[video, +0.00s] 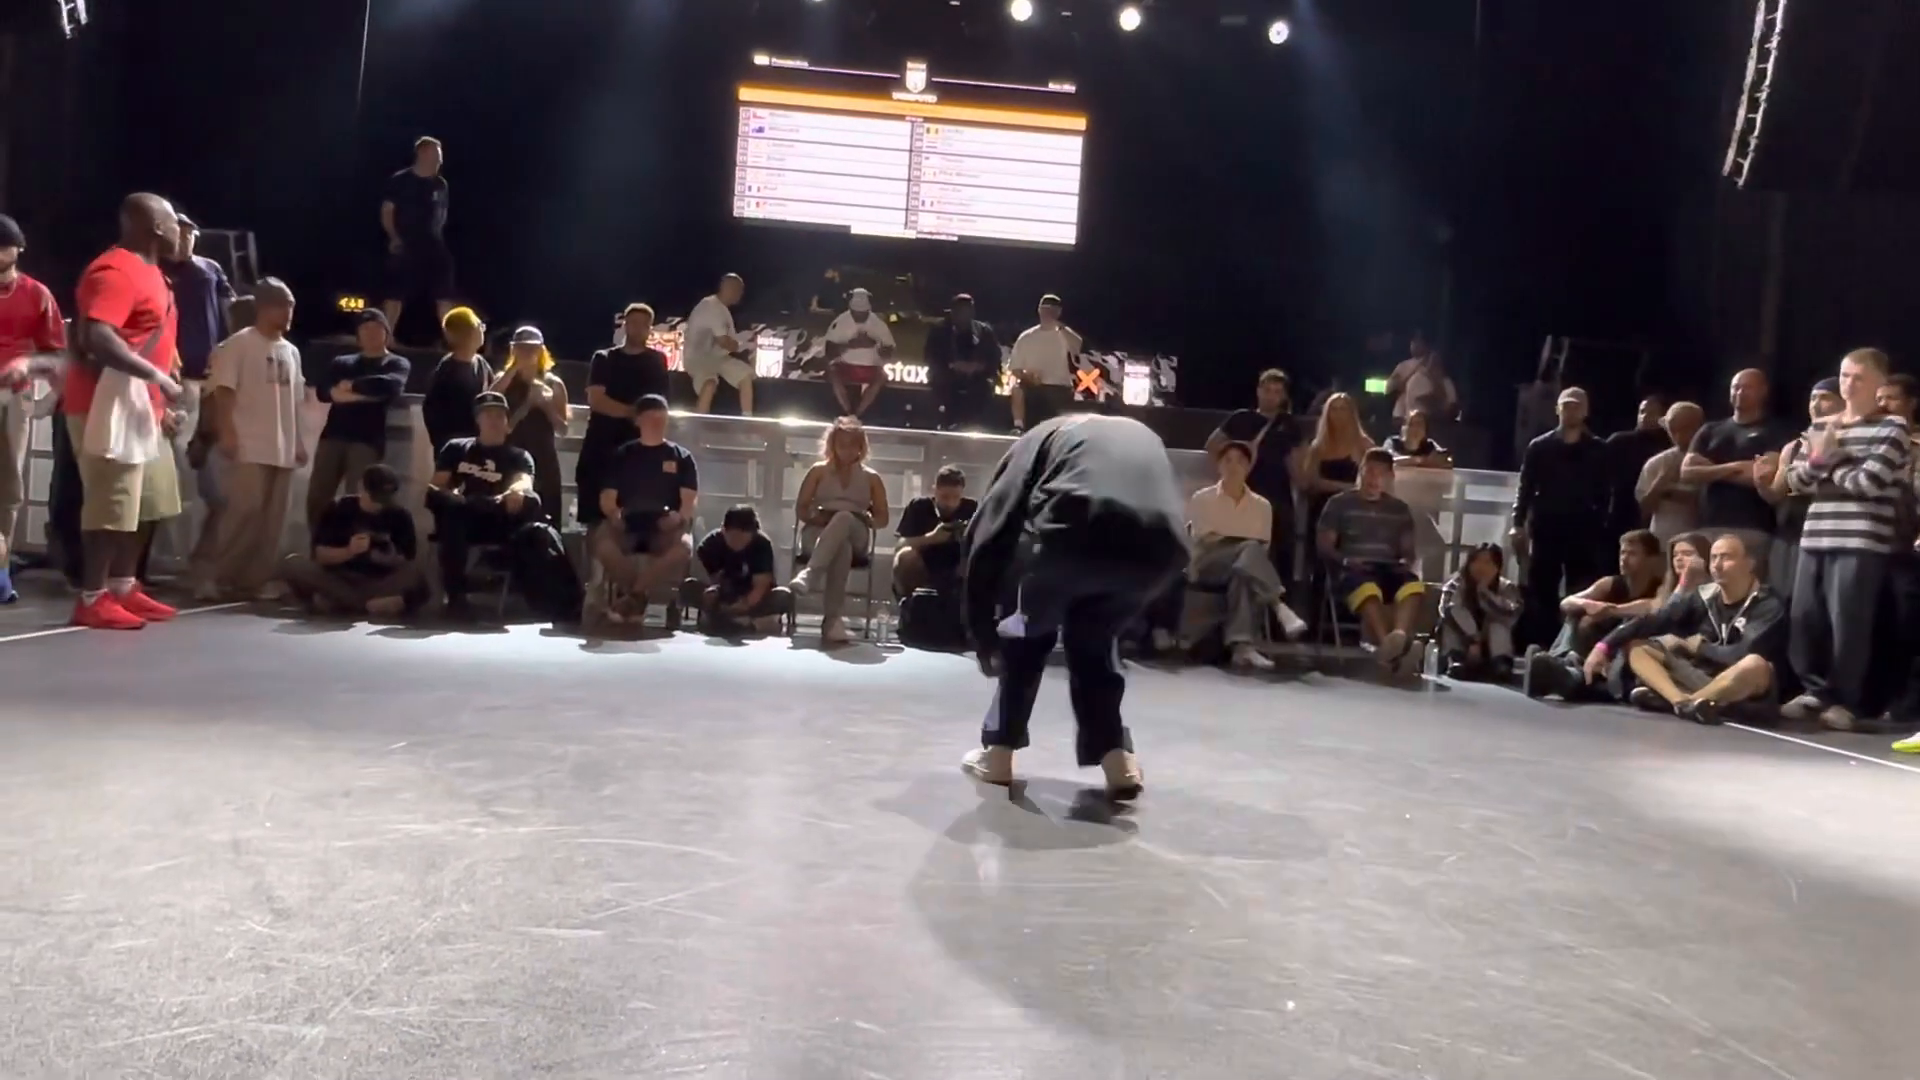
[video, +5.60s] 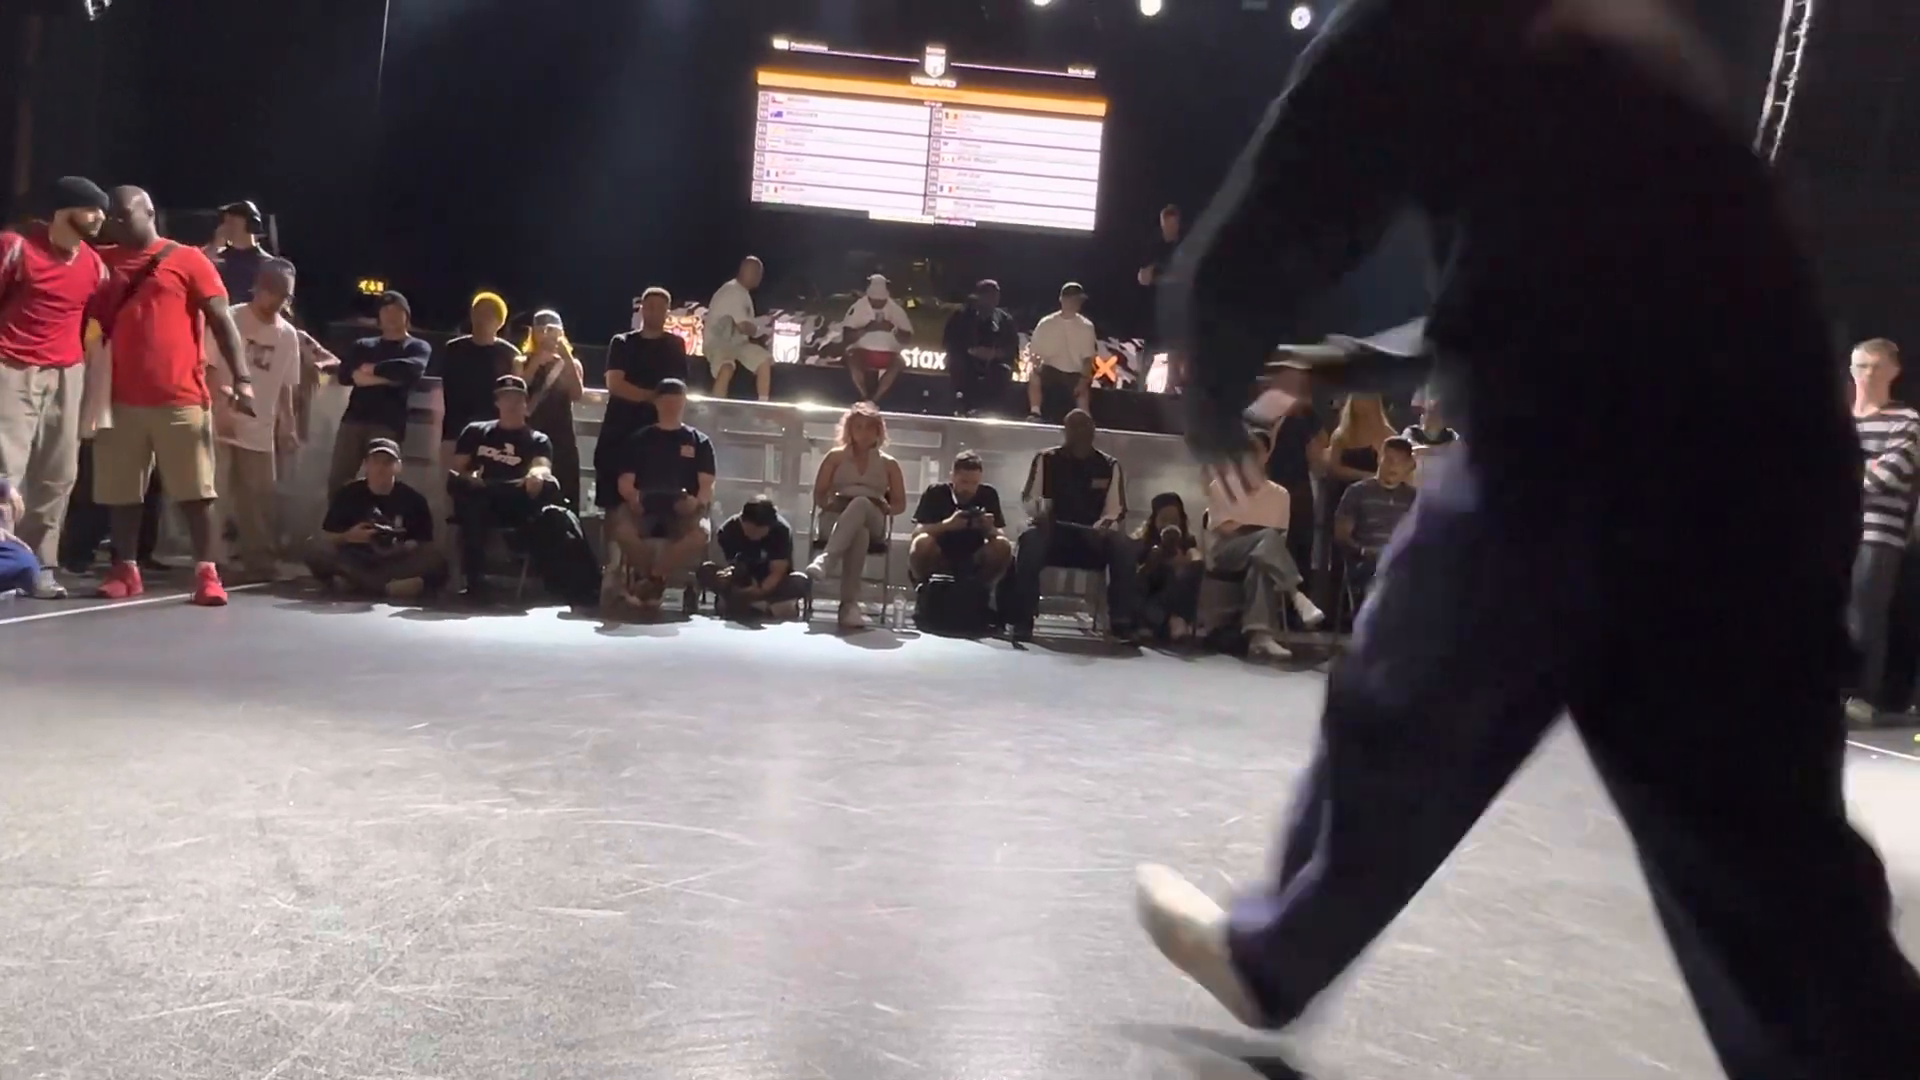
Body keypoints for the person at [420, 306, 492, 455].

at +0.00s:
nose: (483, 328)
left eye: (481, 324)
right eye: (478, 325)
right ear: (468, 334)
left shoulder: (481, 364)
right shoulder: (445, 372)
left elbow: (489, 397)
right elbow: (430, 407)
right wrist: (441, 443)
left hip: (478, 441)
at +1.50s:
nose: (509, 309)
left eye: (505, 305)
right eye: (503, 306)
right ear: (489, 314)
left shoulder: (505, 347)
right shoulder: (466, 354)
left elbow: (512, 384)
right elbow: (452, 389)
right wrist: (461, 424)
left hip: (501, 425)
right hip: (471, 427)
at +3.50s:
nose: (512, 302)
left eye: (509, 298)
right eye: (507, 299)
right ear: (493, 307)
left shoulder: (509, 340)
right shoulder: (469, 347)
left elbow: (518, 377)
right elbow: (457, 385)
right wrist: (467, 419)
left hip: (505, 417)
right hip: (475, 421)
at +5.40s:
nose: (487, 318)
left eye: (493, 313)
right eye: (484, 311)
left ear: (505, 319)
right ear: (477, 313)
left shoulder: (514, 351)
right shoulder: (457, 345)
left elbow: (516, 391)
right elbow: (447, 382)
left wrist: (509, 426)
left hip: (497, 427)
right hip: (459, 423)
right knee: (455, 485)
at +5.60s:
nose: (481, 323)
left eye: (487, 318)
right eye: (478, 317)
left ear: (499, 322)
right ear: (471, 317)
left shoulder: (510, 354)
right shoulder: (453, 348)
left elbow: (512, 395)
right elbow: (443, 387)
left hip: (493, 432)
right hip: (455, 429)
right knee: (452, 492)